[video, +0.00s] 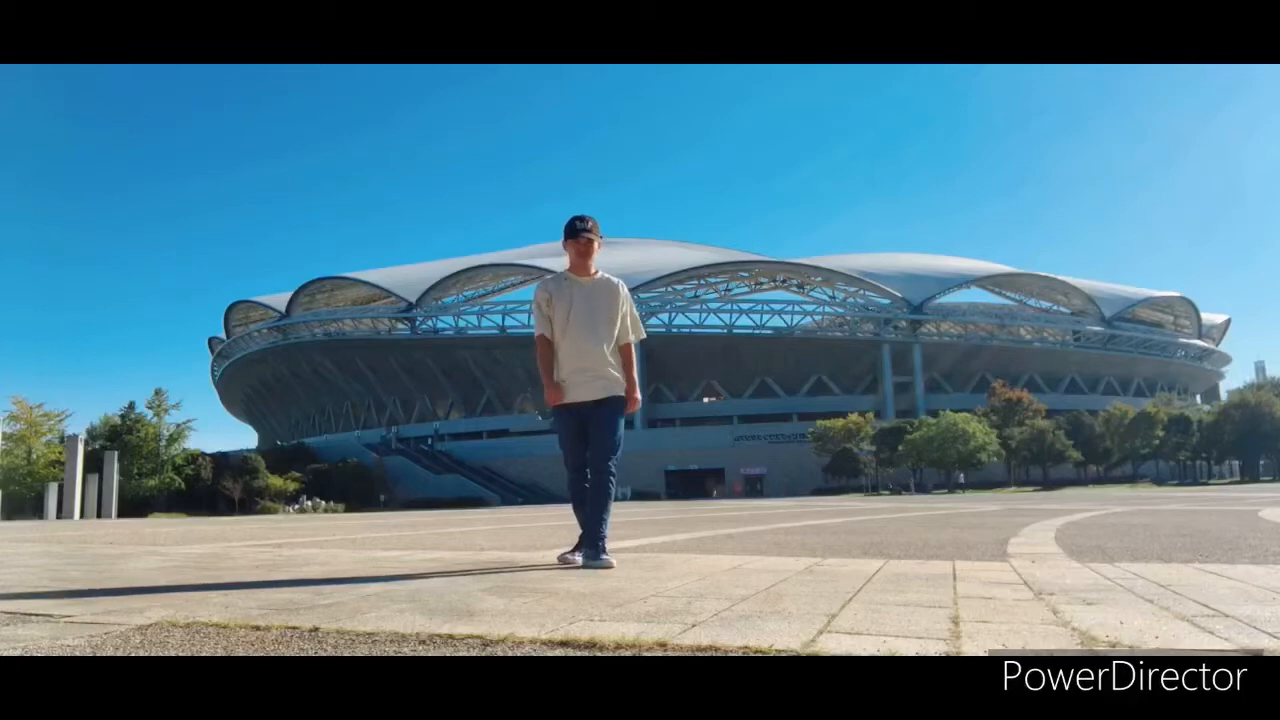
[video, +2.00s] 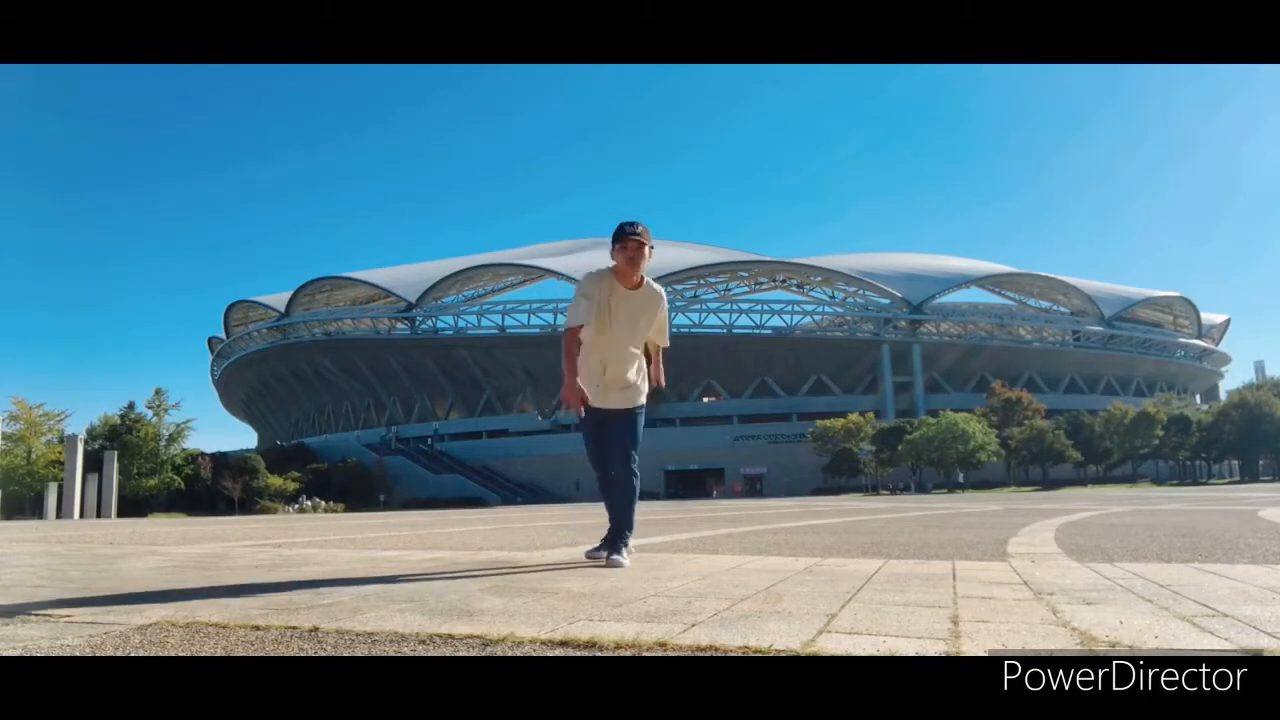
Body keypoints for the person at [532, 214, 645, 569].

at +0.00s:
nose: (585, 244)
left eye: (590, 239)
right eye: (578, 239)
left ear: (599, 244)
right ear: (566, 244)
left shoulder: (615, 288)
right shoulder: (548, 289)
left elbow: (626, 342)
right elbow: (543, 340)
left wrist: (633, 386)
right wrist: (548, 382)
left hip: (608, 390)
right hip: (567, 393)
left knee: (603, 468)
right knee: (576, 469)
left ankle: (596, 547)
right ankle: (588, 538)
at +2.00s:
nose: (633, 253)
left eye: (640, 247)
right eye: (627, 246)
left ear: (650, 253)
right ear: (614, 251)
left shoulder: (656, 296)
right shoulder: (593, 283)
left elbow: (655, 343)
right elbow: (572, 333)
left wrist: (657, 373)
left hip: (631, 392)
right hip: (591, 389)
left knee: (624, 466)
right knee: (602, 466)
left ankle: (620, 543)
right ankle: (616, 533)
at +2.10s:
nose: (639, 253)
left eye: (646, 247)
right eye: (631, 247)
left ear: (655, 253)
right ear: (620, 253)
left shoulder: (663, 293)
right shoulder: (595, 293)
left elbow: (646, 336)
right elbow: (555, 329)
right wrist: (525, 365)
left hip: (635, 395)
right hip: (591, 391)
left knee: (630, 471)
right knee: (581, 456)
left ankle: (618, 545)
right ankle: (603, 484)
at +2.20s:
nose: (628, 260)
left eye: (635, 254)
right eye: (620, 254)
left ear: (647, 259)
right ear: (610, 260)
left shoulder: (666, 293)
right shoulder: (593, 299)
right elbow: (558, 319)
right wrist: (534, 343)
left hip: (637, 405)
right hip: (594, 396)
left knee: (637, 477)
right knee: (560, 457)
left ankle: (618, 547)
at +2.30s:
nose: (614, 265)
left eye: (621, 259)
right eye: (607, 259)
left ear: (634, 264)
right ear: (597, 265)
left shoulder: (655, 311)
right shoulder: (586, 299)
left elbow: (686, 326)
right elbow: (574, 325)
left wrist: (712, 329)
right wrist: (572, 350)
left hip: (640, 400)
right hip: (599, 383)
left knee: (636, 476)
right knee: (567, 435)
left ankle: (616, 546)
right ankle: (544, 438)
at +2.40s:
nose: (613, 262)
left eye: (620, 255)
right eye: (606, 255)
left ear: (632, 259)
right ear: (594, 259)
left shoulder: (645, 302)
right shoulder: (582, 294)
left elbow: (658, 360)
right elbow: (593, 336)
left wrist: (665, 411)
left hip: (640, 385)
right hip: (601, 375)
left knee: (638, 472)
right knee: (598, 417)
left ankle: (619, 544)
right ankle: (598, 508)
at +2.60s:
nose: (615, 251)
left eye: (622, 244)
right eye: (608, 244)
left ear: (633, 246)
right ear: (596, 246)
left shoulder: (644, 277)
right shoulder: (587, 279)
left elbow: (618, 316)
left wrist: (570, 281)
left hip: (652, 385)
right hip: (611, 384)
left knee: (647, 469)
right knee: (629, 465)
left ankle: (619, 543)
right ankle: (661, 544)